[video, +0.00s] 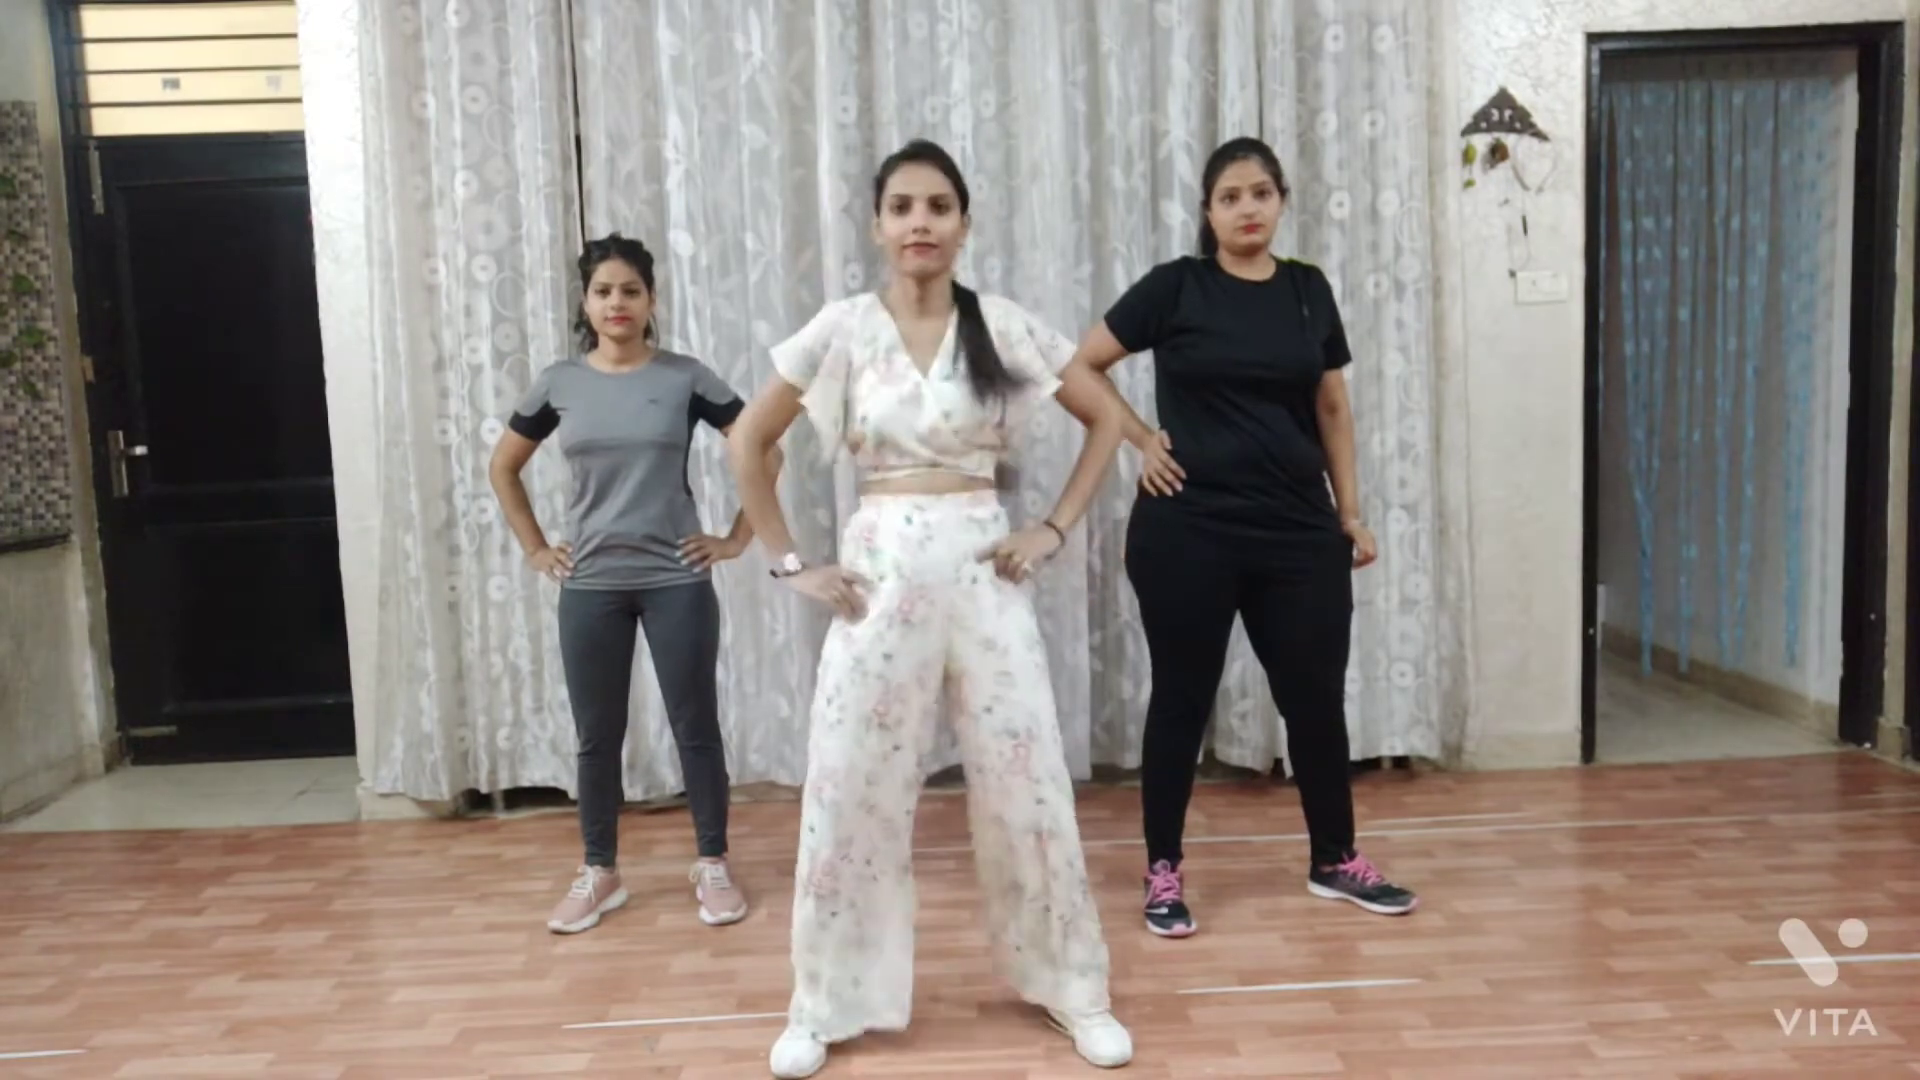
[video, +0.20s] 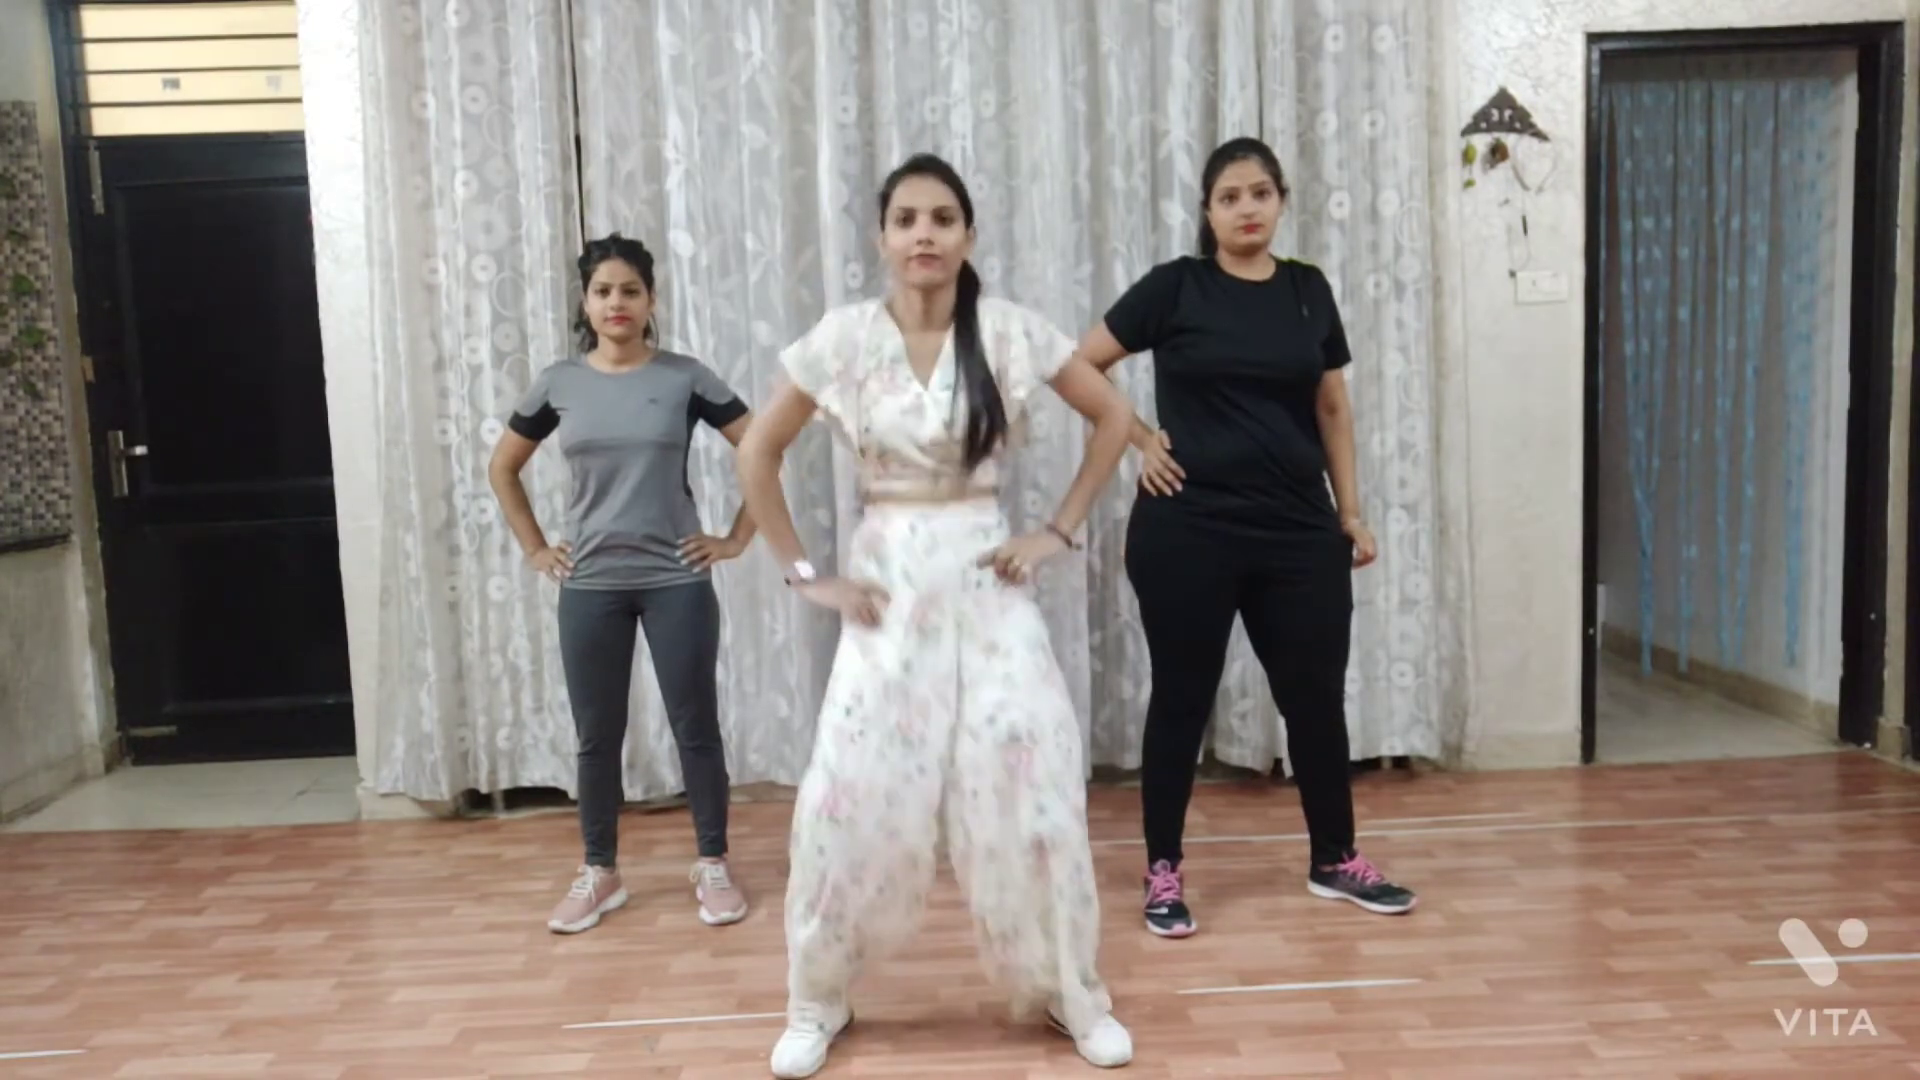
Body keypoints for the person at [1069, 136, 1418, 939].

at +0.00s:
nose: (1248, 209)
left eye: (1262, 194)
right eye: (1231, 196)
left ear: (1282, 203)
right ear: (1208, 208)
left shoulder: (1308, 289)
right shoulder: (1174, 289)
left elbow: (1334, 409)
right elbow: (1076, 371)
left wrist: (1349, 513)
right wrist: (1139, 434)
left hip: (1297, 529)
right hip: (1188, 527)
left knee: (1317, 701)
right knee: (1181, 700)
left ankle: (1336, 860)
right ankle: (1164, 870)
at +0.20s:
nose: (1248, 209)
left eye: (1261, 194)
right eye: (1231, 196)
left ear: (1281, 203)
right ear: (1207, 208)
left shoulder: (1308, 289)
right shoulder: (1174, 289)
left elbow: (1335, 409)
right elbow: (1076, 369)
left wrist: (1349, 512)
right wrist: (1139, 434)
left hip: (1297, 529)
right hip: (1188, 527)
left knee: (1317, 700)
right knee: (1181, 702)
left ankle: (1336, 861)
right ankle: (1164, 871)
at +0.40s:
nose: (1248, 209)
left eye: (1261, 194)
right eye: (1231, 197)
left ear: (1282, 203)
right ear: (1208, 209)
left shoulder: (1307, 290)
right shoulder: (1175, 288)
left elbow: (1334, 409)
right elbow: (1082, 365)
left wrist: (1349, 512)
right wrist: (1143, 438)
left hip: (1296, 528)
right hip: (1188, 526)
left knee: (1317, 698)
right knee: (1182, 699)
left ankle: (1336, 861)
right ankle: (1163, 870)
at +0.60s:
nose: (1249, 209)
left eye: (1262, 194)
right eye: (1232, 196)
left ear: (1282, 203)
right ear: (1208, 208)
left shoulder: (1307, 290)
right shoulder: (1175, 288)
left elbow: (1334, 409)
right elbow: (1082, 365)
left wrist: (1349, 512)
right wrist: (1143, 438)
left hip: (1297, 528)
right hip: (1189, 526)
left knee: (1318, 699)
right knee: (1182, 700)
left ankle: (1336, 860)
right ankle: (1163, 871)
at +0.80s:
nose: (1249, 208)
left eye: (1262, 194)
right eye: (1232, 196)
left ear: (1282, 203)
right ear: (1208, 208)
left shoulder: (1307, 290)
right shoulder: (1175, 288)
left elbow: (1334, 408)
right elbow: (1082, 364)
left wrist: (1349, 512)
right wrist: (1143, 438)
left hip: (1297, 528)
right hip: (1189, 526)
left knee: (1318, 699)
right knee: (1182, 700)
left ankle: (1336, 860)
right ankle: (1163, 870)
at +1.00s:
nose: (1249, 208)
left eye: (1262, 194)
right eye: (1232, 196)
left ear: (1282, 204)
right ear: (1208, 209)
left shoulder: (1307, 290)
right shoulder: (1175, 288)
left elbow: (1334, 409)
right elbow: (1082, 365)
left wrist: (1349, 512)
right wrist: (1143, 438)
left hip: (1297, 528)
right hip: (1189, 526)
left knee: (1318, 699)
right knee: (1182, 700)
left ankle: (1336, 861)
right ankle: (1163, 871)